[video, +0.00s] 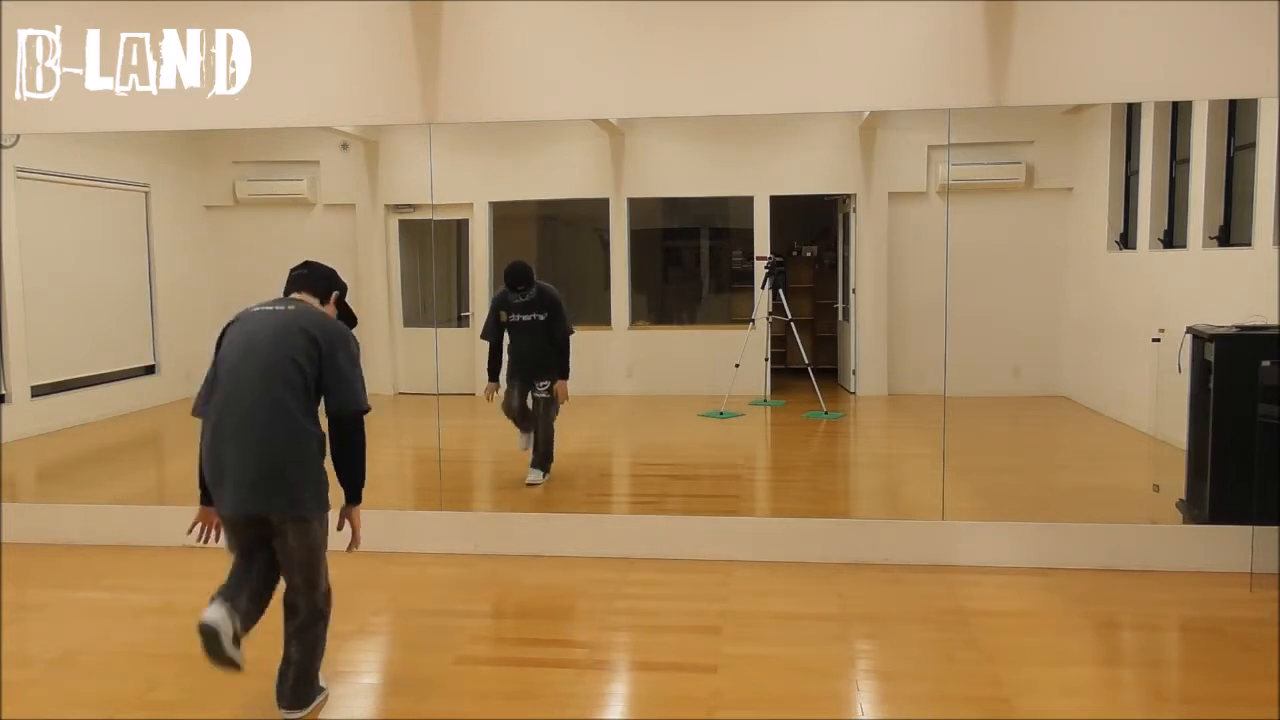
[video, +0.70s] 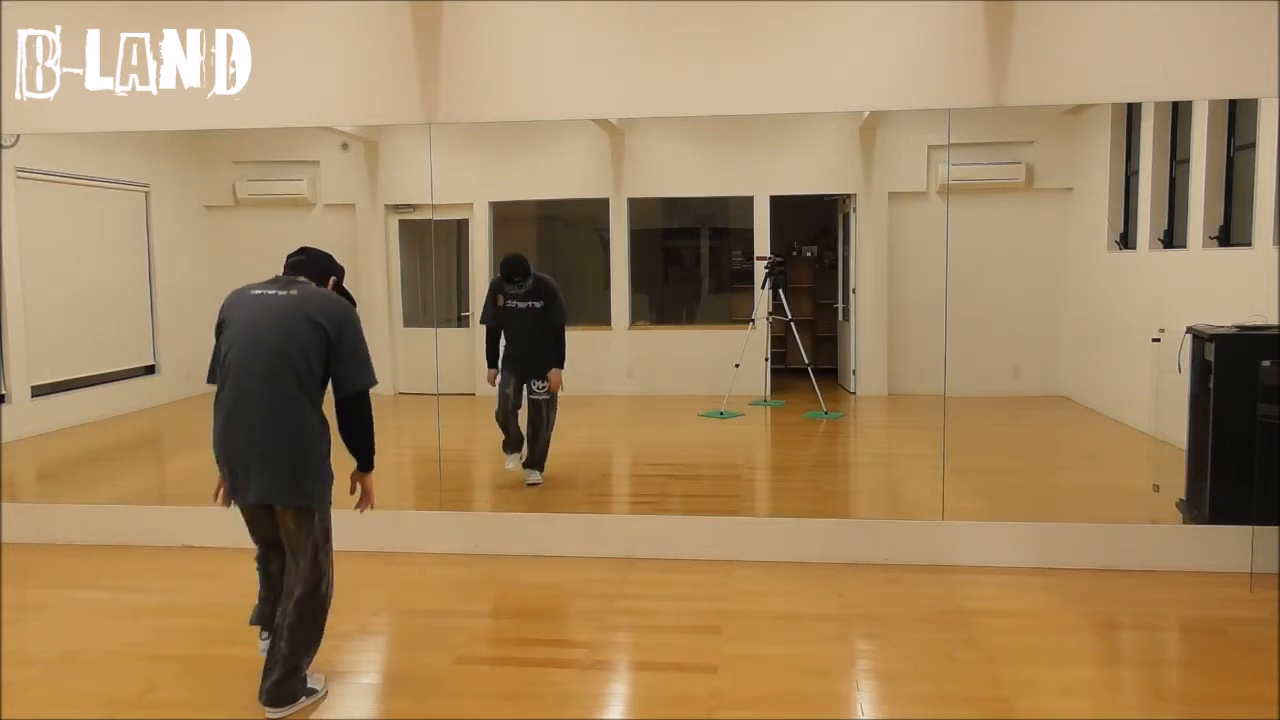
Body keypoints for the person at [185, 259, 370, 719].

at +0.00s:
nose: (335, 318)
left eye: (337, 312)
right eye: (338, 311)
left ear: (289, 293)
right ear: (330, 300)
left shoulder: (239, 323)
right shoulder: (329, 331)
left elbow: (210, 414)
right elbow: (347, 416)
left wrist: (208, 495)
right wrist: (352, 497)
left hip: (228, 466)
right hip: (291, 468)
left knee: (256, 552)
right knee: (307, 587)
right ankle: (297, 692)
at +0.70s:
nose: (338, 297)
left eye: (339, 293)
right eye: (339, 291)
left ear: (286, 275)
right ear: (328, 283)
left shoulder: (237, 301)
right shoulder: (334, 308)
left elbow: (225, 388)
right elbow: (352, 396)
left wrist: (226, 461)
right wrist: (364, 464)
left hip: (238, 452)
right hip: (295, 453)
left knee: (270, 548)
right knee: (308, 571)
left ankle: (269, 625)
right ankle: (283, 687)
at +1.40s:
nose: (348, 268)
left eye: (346, 263)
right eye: (348, 262)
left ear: (293, 257)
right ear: (342, 261)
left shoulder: (250, 296)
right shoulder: (350, 292)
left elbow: (179, 346)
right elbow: (400, 330)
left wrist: (234, 335)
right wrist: (444, 341)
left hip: (261, 468)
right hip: (329, 467)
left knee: (254, 577)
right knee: (382, 563)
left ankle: (248, 676)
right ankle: (372, 661)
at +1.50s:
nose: (355, 262)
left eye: (353, 257)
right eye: (355, 256)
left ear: (300, 253)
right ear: (348, 255)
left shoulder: (260, 295)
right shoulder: (367, 286)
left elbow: (199, 333)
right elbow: (444, 316)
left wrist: (174, 353)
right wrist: (511, 336)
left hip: (284, 465)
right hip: (355, 463)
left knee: (271, 558)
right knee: (391, 576)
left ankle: (266, 665)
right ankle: (422, 698)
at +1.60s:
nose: (366, 268)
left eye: (365, 263)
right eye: (365, 261)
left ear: (309, 259)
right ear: (358, 260)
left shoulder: (271, 306)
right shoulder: (382, 299)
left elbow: (224, 358)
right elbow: (457, 345)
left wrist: (188, 381)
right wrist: (527, 374)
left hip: (302, 469)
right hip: (374, 468)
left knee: (305, 562)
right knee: (388, 581)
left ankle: (304, 660)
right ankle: (418, 709)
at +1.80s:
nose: (374, 270)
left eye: (374, 264)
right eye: (376, 263)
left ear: (319, 256)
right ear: (369, 260)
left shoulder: (275, 310)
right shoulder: (380, 307)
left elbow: (264, 407)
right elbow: (392, 403)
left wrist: (301, 445)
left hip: (304, 489)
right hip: (371, 483)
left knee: (319, 603)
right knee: (406, 588)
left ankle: (328, 711)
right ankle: (404, 693)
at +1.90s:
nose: (379, 265)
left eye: (379, 258)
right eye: (379, 257)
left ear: (322, 251)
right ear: (369, 253)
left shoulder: (275, 297)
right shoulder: (377, 290)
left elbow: (268, 383)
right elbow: (384, 374)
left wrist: (319, 371)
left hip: (284, 470)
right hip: (351, 465)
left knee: (305, 601)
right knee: (396, 561)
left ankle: (324, 711)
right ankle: (369, 668)